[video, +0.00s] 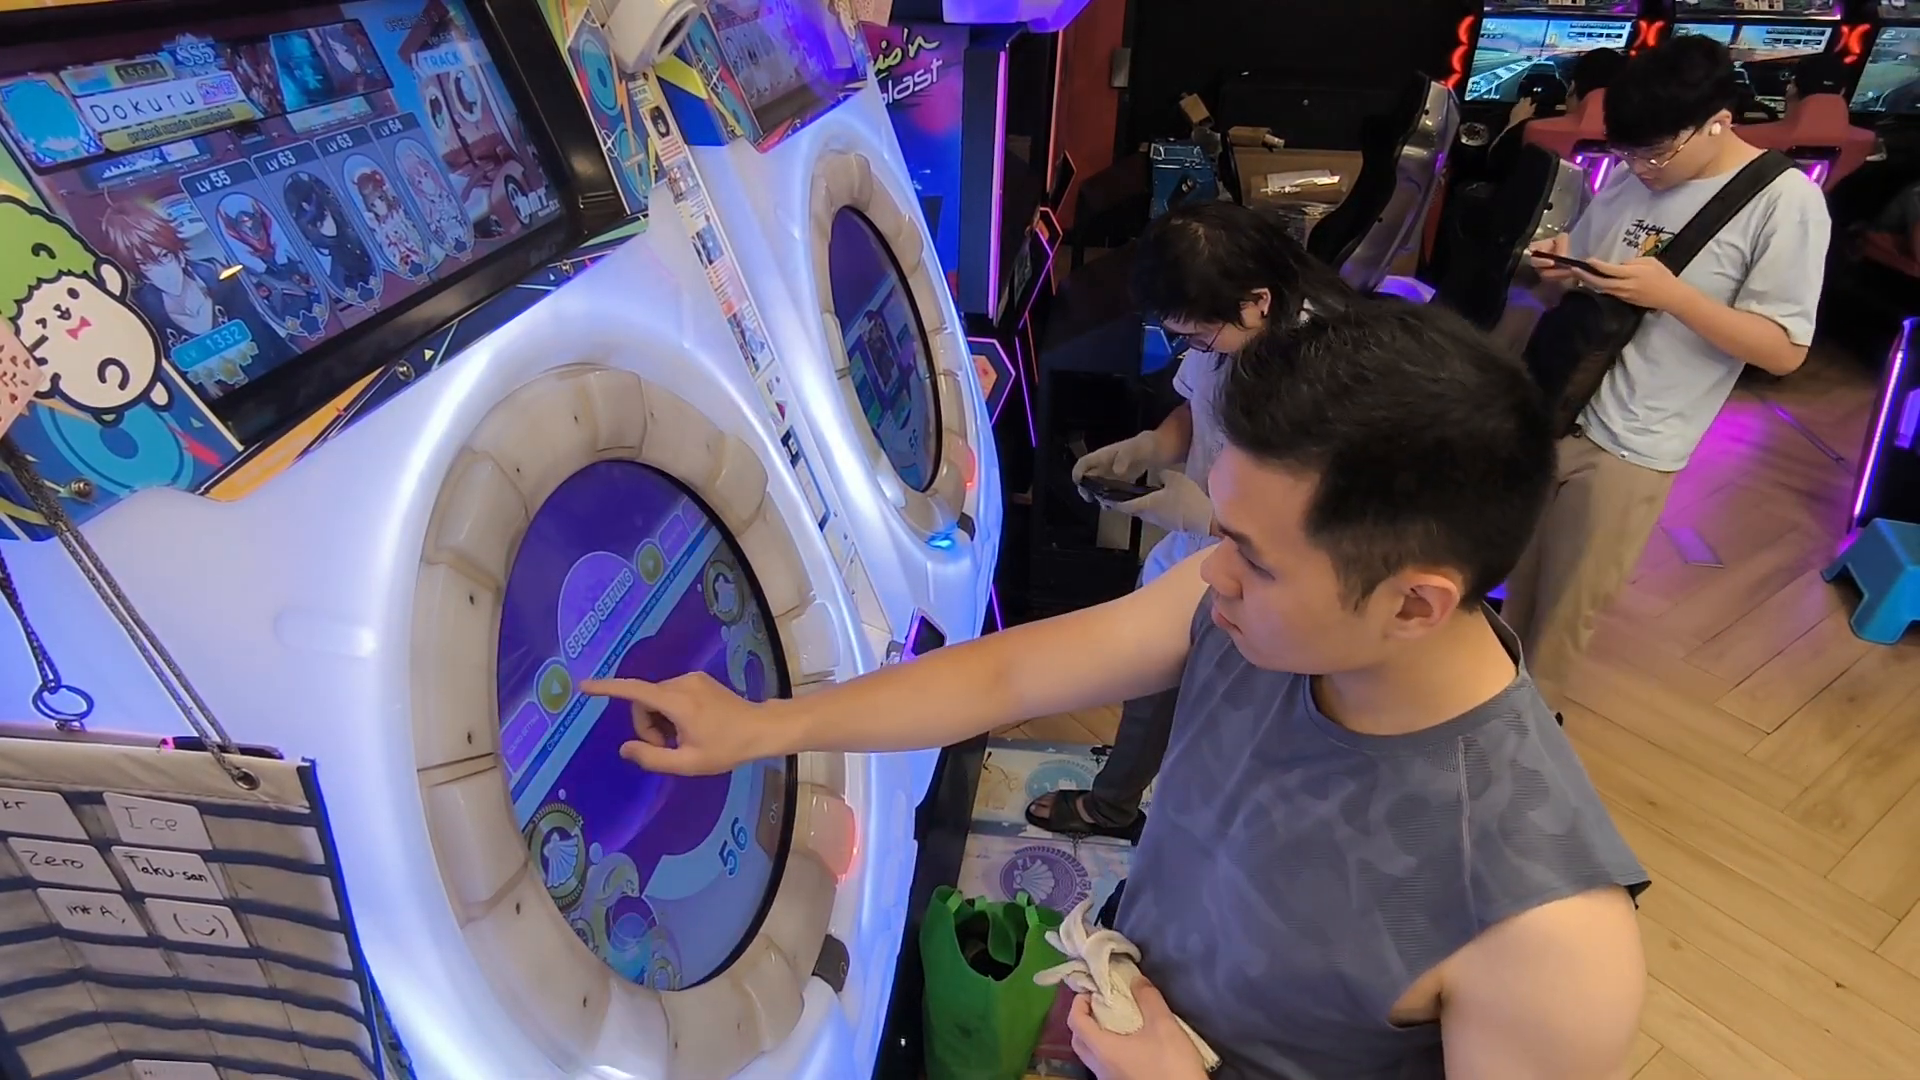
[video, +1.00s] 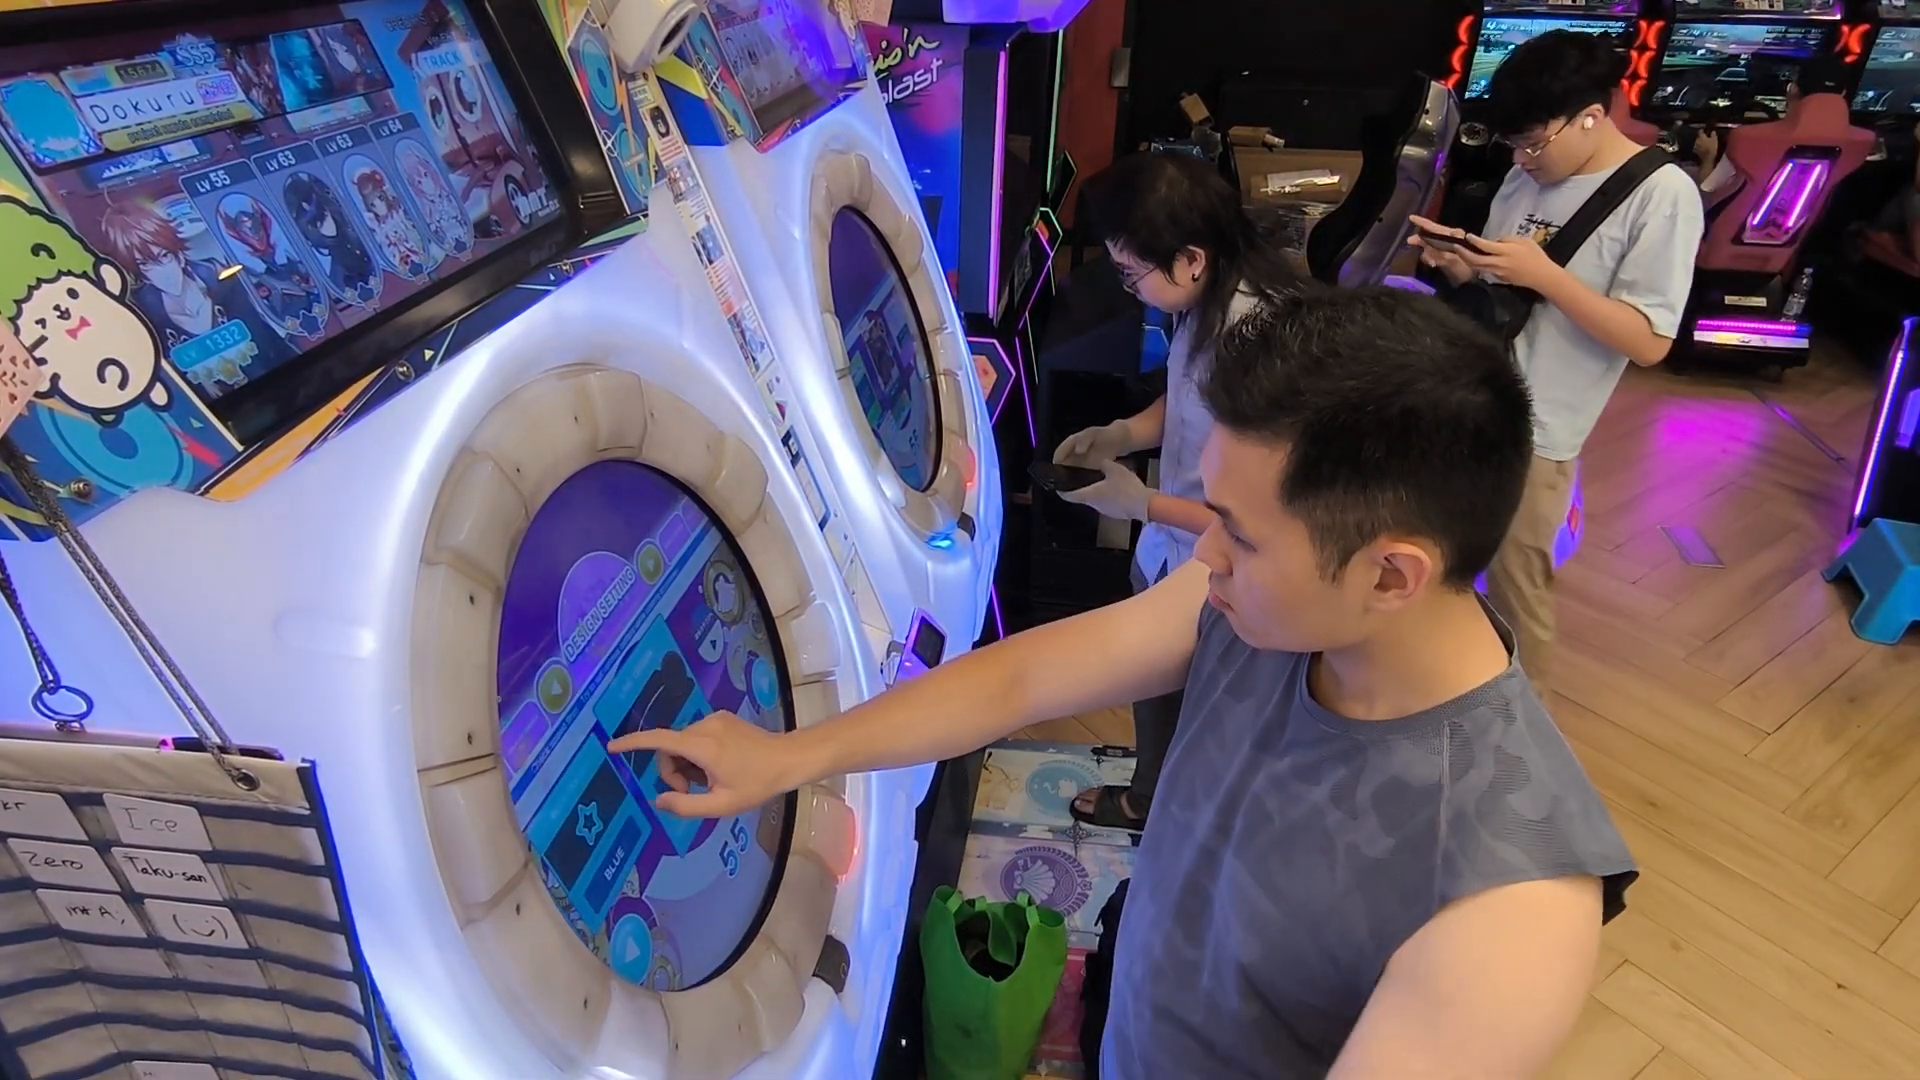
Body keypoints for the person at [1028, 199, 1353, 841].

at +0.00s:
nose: (1189, 349)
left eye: (1198, 333)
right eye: (1179, 335)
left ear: (1257, 303)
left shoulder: (1324, 371)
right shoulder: (1216, 338)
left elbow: (1308, 518)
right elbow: (1185, 418)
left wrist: (1207, 513)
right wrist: (1143, 452)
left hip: (1270, 556)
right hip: (1196, 538)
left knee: (1241, 694)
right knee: (1155, 676)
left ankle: (1212, 824)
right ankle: (1117, 798)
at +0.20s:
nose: (1187, 348)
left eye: (1194, 333)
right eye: (1177, 335)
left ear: (1255, 302)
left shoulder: (1323, 373)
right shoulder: (1221, 338)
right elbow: (1190, 421)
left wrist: (1204, 511)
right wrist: (1146, 448)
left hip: (1269, 557)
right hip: (1196, 538)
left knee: (1241, 695)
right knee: (1156, 678)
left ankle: (1210, 822)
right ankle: (1117, 799)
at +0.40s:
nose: (1182, 345)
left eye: (1188, 331)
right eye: (1172, 332)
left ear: (1245, 302)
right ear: (1240, 303)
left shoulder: (1310, 376)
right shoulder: (1231, 337)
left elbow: (1287, 515)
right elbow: (1202, 423)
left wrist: (1198, 509)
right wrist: (1153, 446)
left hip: (1260, 560)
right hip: (1194, 539)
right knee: (1155, 677)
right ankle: (1116, 796)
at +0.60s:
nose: (1156, 318)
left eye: (1161, 305)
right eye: (1150, 303)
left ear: (1220, 297)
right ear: (1223, 293)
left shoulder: (1286, 364)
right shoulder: (1240, 320)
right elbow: (1204, 419)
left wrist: (1172, 513)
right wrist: (1159, 448)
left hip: (1236, 549)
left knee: (1158, 669)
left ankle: (1120, 798)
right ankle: (1119, 796)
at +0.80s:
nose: (1145, 299)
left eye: (1151, 285)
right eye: (1140, 284)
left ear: (1208, 279)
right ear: (1205, 278)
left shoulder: (1267, 356)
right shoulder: (1219, 312)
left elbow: (1265, 523)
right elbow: (1203, 412)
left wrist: (1161, 516)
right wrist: (1140, 449)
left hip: (1227, 559)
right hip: (1185, 530)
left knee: (1172, 684)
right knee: (1161, 673)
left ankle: (1158, 801)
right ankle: (1152, 786)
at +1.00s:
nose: (1128, 283)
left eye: (1134, 269)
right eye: (1122, 268)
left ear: (1192, 261)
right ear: (1187, 262)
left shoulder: (1255, 342)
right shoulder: (1196, 309)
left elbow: (1259, 518)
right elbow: (1185, 403)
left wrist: (1147, 504)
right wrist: (1123, 435)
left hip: (1218, 561)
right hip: (1167, 536)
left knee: (1189, 693)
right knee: (1155, 676)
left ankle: (1160, 804)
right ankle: (1149, 785)